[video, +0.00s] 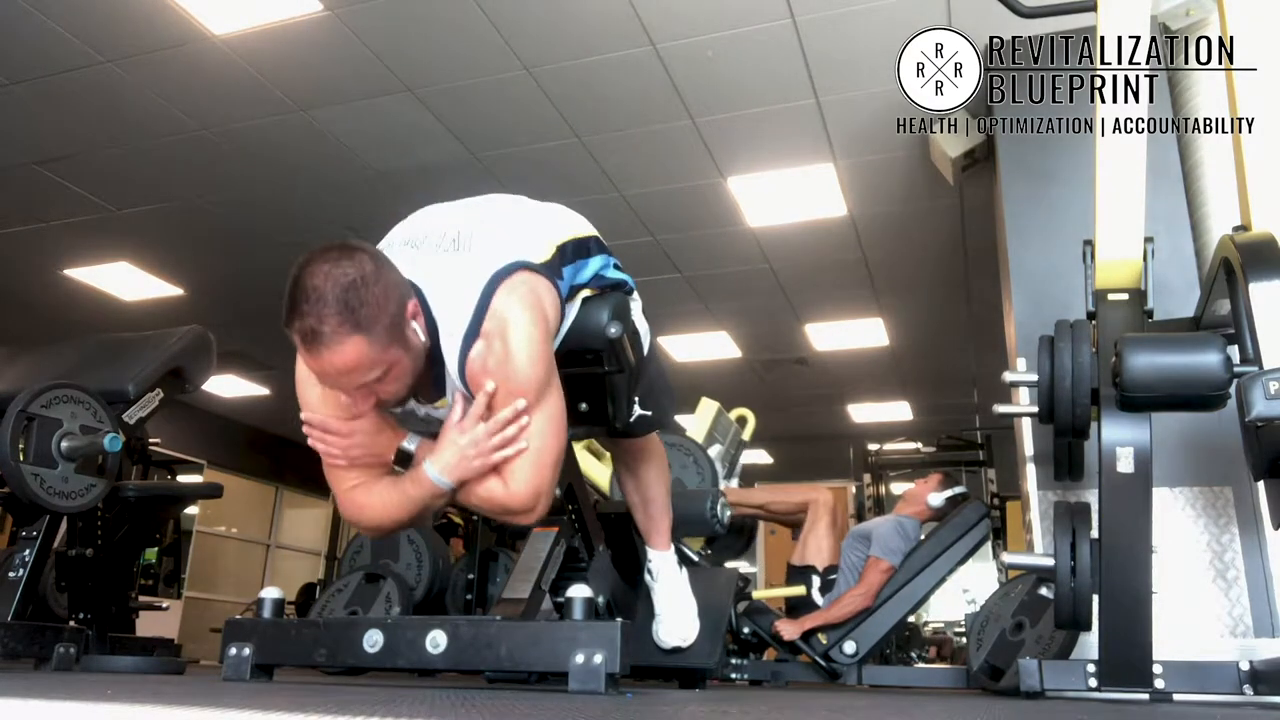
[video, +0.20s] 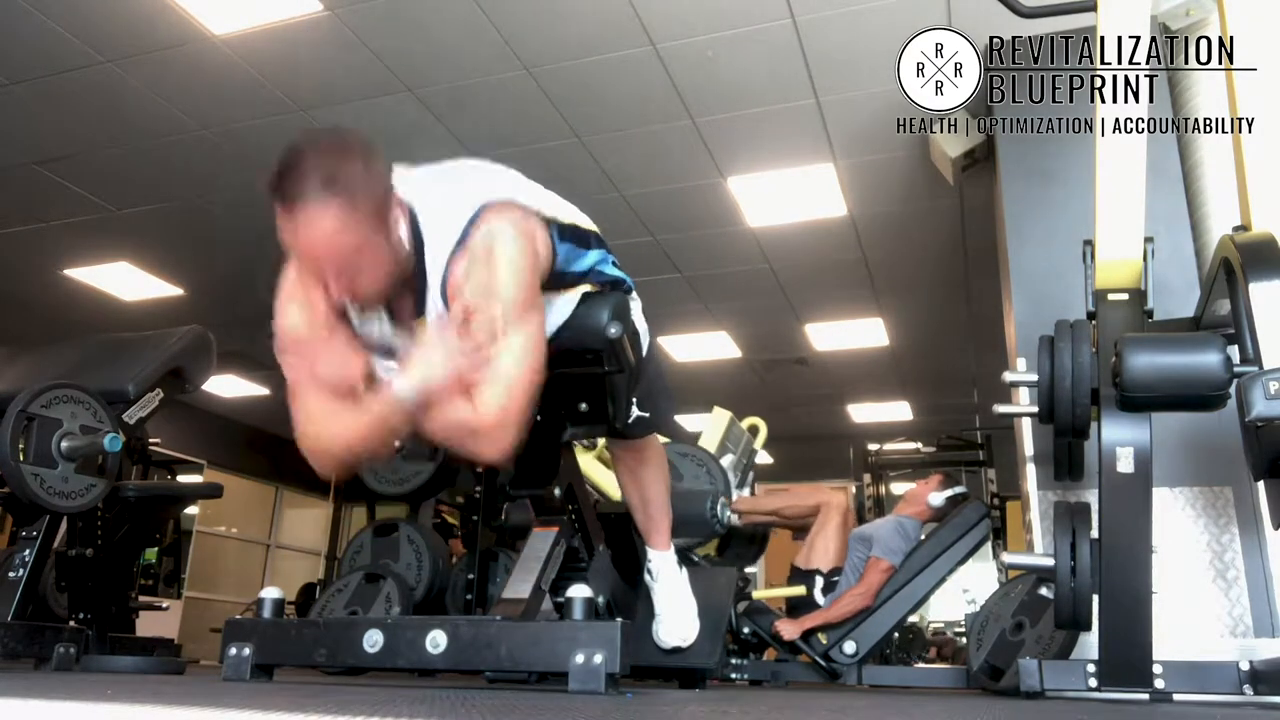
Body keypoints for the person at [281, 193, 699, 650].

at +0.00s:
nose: (360, 400)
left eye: (376, 379)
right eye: (341, 383)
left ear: (414, 321)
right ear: (310, 354)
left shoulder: (505, 320)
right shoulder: (319, 356)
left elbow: (523, 501)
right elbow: (361, 508)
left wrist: (399, 444)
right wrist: (438, 472)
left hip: (569, 262)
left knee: (632, 421)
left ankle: (662, 562)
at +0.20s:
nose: (333, 284)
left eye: (347, 262)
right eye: (314, 266)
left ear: (395, 218)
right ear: (293, 242)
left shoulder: (497, 240)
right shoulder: (307, 273)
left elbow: (493, 435)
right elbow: (325, 450)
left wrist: (368, 377)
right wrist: (415, 384)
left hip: (574, 303)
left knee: (631, 422)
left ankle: (663, 562)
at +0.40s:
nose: (336, 69)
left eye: (358, 42)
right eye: (321, 49)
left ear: (413, 29)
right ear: (309, 52)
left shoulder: (492, 96)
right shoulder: (304, 143)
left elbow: (445, 242)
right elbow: (269, 276)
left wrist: (343, 199)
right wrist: (386, 181)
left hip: (576, 294)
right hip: (474, 312)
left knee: (631, 428)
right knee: (509, 440)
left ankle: (662, 566)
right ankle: (547, 535)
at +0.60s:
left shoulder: (534, 12)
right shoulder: (369, 46)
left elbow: (458, 67)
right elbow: (283, 101)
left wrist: (357, 56)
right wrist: (399, 13)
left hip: (579, 284)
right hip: (479, 303)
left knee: (631, 426)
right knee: (520, 442)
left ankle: (661, 564)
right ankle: (547, 538)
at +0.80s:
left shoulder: (570, 10)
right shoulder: (414, 41)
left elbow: (478, 11)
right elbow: (333, 28)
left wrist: (396, 12)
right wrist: (421, 1)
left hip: (579, 252)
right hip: (477, 263)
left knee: (628, 417)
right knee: (509, 424)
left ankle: (661, 562)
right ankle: (543, 548)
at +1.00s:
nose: (462, 1)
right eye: (448, 1)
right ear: (439, 3)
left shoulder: (579, 16)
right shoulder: (421, 34)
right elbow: (361, 10)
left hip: (586, 276)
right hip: (482, 287)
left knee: (629, 429)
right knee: (513, 435)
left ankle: (661, 565)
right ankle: (543, 545)